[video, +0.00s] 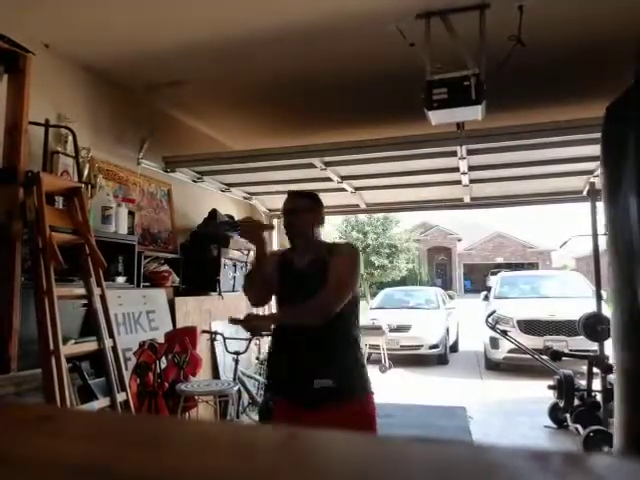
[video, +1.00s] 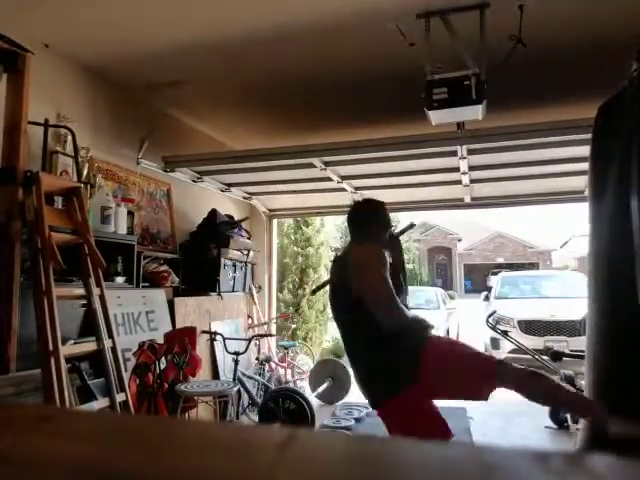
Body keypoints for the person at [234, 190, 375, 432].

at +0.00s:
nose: (288, 220)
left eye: (296, 212)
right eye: (285, 214)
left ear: (319, 217)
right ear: (282, 219)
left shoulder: (344, 254)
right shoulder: (277, 261)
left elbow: (326, 308)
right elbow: (257, 297)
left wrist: (270, 320)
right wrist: (259, 245)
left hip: (342, 391)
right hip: (289, 390)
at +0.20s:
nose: (328, 223)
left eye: (333, 214)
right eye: (318, 215)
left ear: (339, 218)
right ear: (302, 219)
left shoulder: (352, 262)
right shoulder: (288, 253)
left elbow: (377, 315)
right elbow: (293, 290)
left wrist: (372, 338)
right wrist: (360, 272)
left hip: (357, 384)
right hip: (308, 383)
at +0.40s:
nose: (363, 223)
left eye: (362, 215)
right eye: (357, 215)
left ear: (332, 220)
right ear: (337, 219)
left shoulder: (331, 259)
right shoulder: (323, 258)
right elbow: (375, 290)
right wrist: (430, 307)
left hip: (357, 390)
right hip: (329, 395)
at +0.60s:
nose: (382, 224)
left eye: (380, 217)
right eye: (376, 217)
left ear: (345, 225)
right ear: (363, 222)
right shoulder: (356, 256)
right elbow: (386, 322)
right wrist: (430, 367)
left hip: (375, 392)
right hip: (351, 394)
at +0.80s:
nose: (387, 227)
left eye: (386, 220)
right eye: (384, 220)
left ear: (349, 224)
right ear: (373, 223)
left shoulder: (345, 256)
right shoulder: (363, 255)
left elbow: (404, 282)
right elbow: (387, 310)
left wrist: (389, 237)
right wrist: (416, 333)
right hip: (379, 365)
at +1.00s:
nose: (389, 230)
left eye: (387, 225)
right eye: (387, 224)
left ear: (353, 226)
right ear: (380, 224)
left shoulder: (342, 265)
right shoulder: (367, 254)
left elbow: (393, 303)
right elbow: (390, 316)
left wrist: (395, 261)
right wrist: (420, 325)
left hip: (379, 380)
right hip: (409, 355)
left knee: (437, 458)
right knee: (505, 374)